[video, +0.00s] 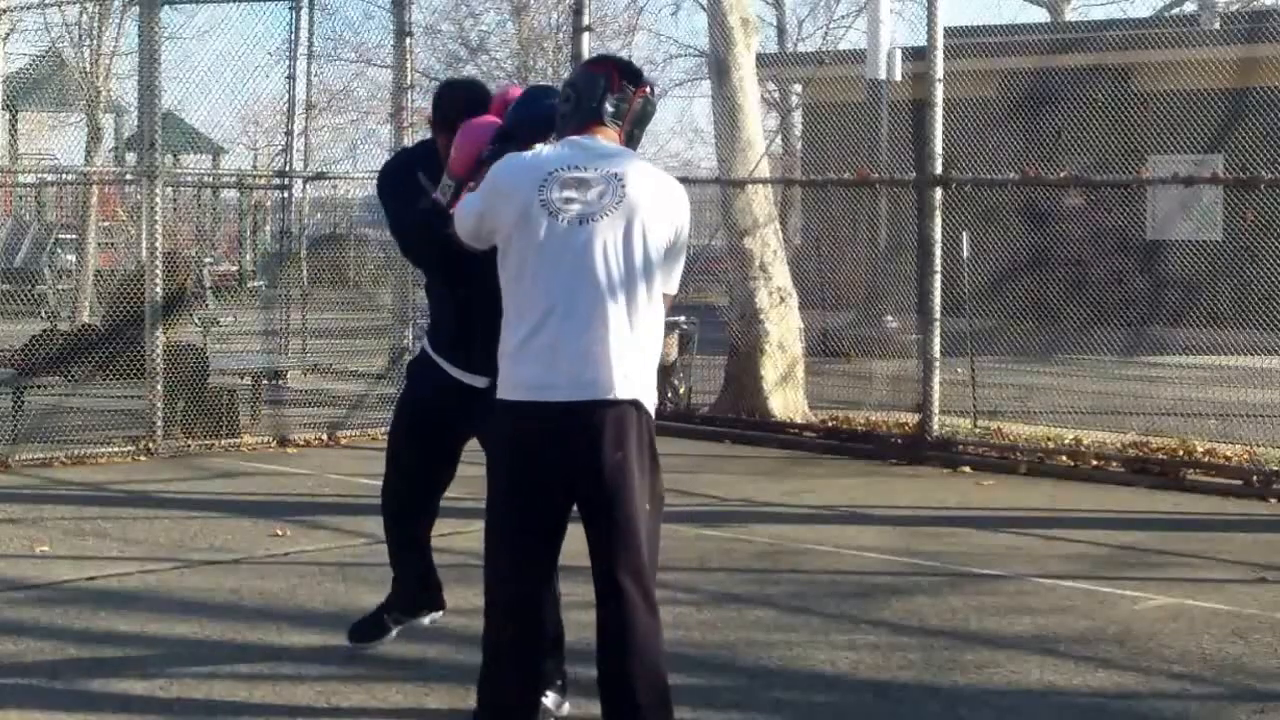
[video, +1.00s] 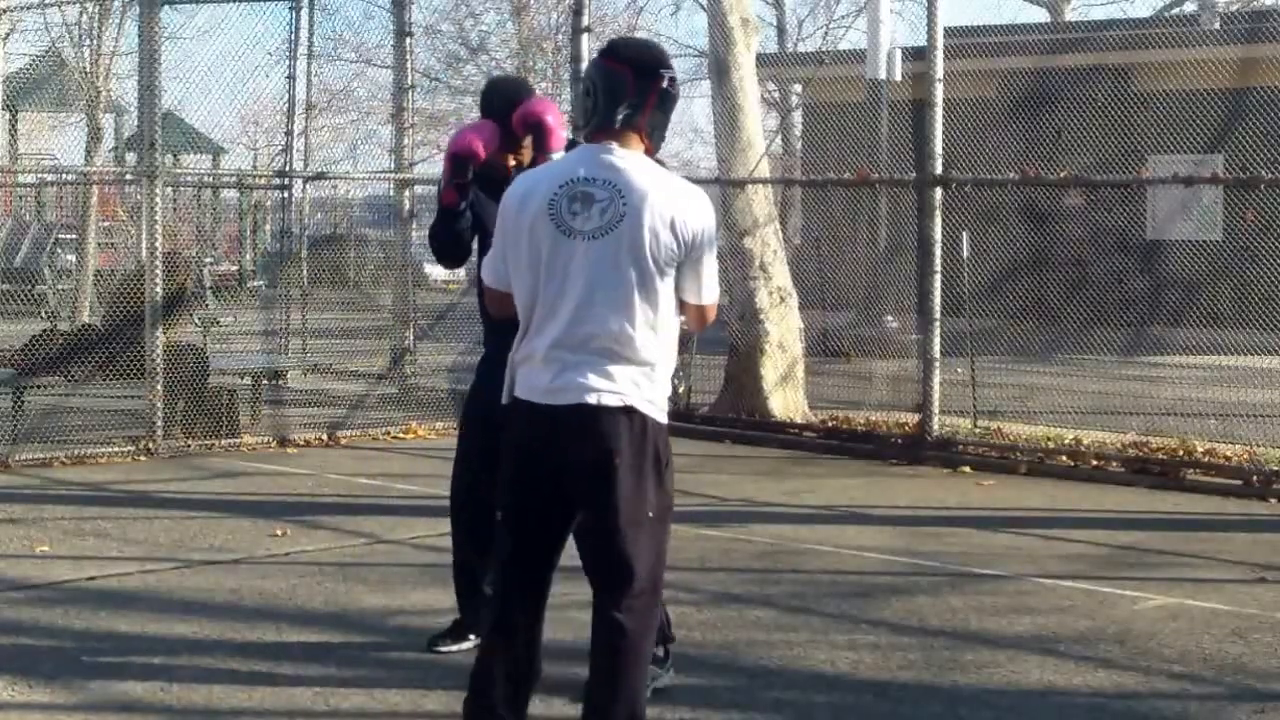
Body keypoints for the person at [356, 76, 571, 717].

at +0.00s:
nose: (481, 152)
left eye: (491, 143)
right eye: (477, 140)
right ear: (461, 135)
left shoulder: (528, 178)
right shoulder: (408, 173)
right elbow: (422, 246)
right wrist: (456, 187)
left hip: (519, 384)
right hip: (445, 369)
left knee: (524, 536)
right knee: (405, 497)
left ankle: (546, 674)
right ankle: (416, 594)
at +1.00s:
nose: (670, 113)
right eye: (668, 103)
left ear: (587, 102)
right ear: (658, 108)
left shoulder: (527, 188)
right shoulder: (682, 201)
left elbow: (499, 301)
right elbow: (700, 314)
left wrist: (576, 301)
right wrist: (632, 305)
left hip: (531, 416)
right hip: (624, 422)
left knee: (515, 591)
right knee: (627, 599)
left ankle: (493, 712)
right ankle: (615, 713)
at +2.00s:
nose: (656, 134)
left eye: (656, 121)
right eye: (650, 121)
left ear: (586, 110)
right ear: (626, 122)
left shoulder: (534, 165)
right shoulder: (621, 209)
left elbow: (476, 220)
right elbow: (662, 323)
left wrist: (542, 260)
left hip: (507, 400)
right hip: (573, 413)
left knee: (530, 566)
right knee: (583, 584)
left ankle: (518, 701)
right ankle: (548, 706)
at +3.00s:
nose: (715, 368)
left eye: (726, 358)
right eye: (719, 354)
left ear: (689, 311)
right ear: (695, 328)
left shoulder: (641, 325)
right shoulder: (625, 361)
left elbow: (632, 436)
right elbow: (608, 477)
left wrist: (684, 421)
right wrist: (683, 437)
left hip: (534, 467)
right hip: (492, 471)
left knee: (629, 535)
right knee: (568, 598)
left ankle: (616, 680)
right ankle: (476, 708)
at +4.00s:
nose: (635, 145)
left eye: (632, 134)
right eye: (630, 134)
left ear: (561, 142)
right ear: (617, 138)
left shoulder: (532, 211)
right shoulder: (624, 195)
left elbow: (534, 306)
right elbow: (718, 258)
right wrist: (718, 193)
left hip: (514, 386)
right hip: (567, 394)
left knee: (599, 533)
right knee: (546, 559)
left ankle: (591, 695)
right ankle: (459, 705)